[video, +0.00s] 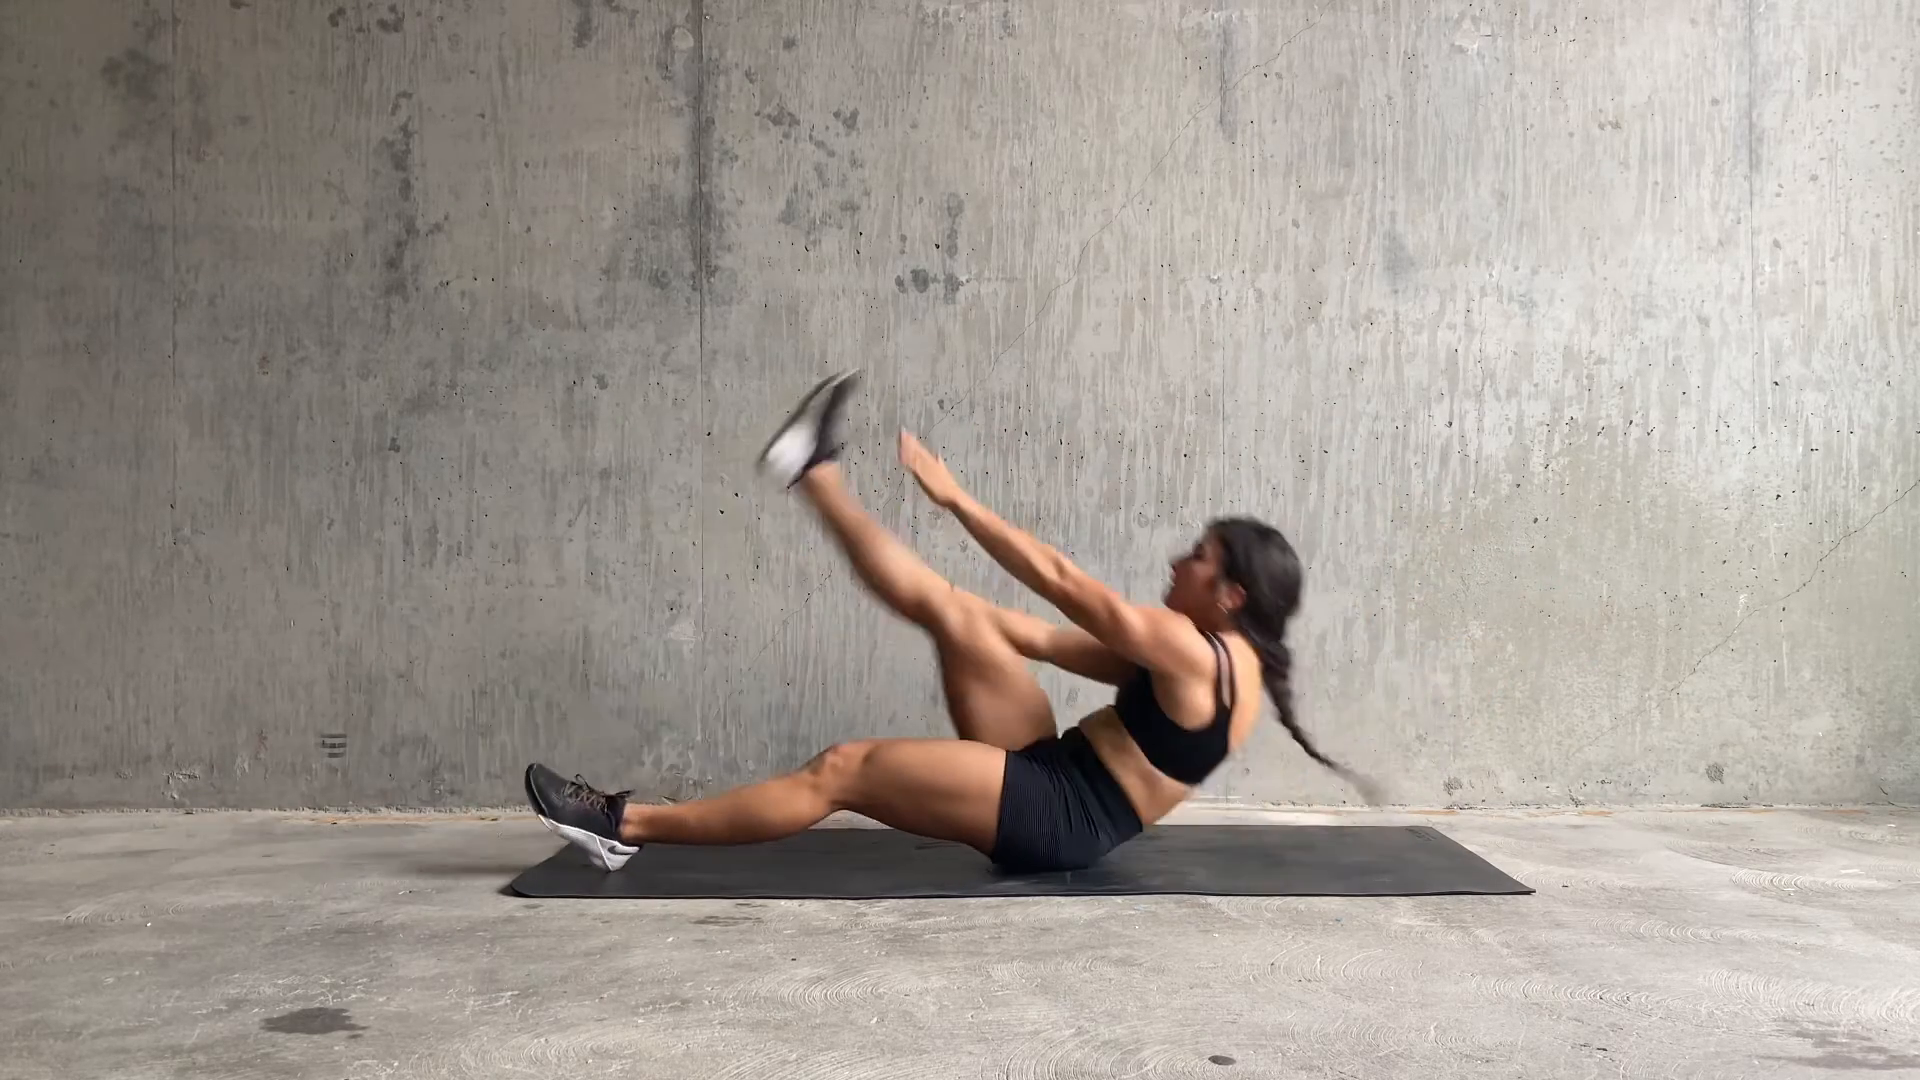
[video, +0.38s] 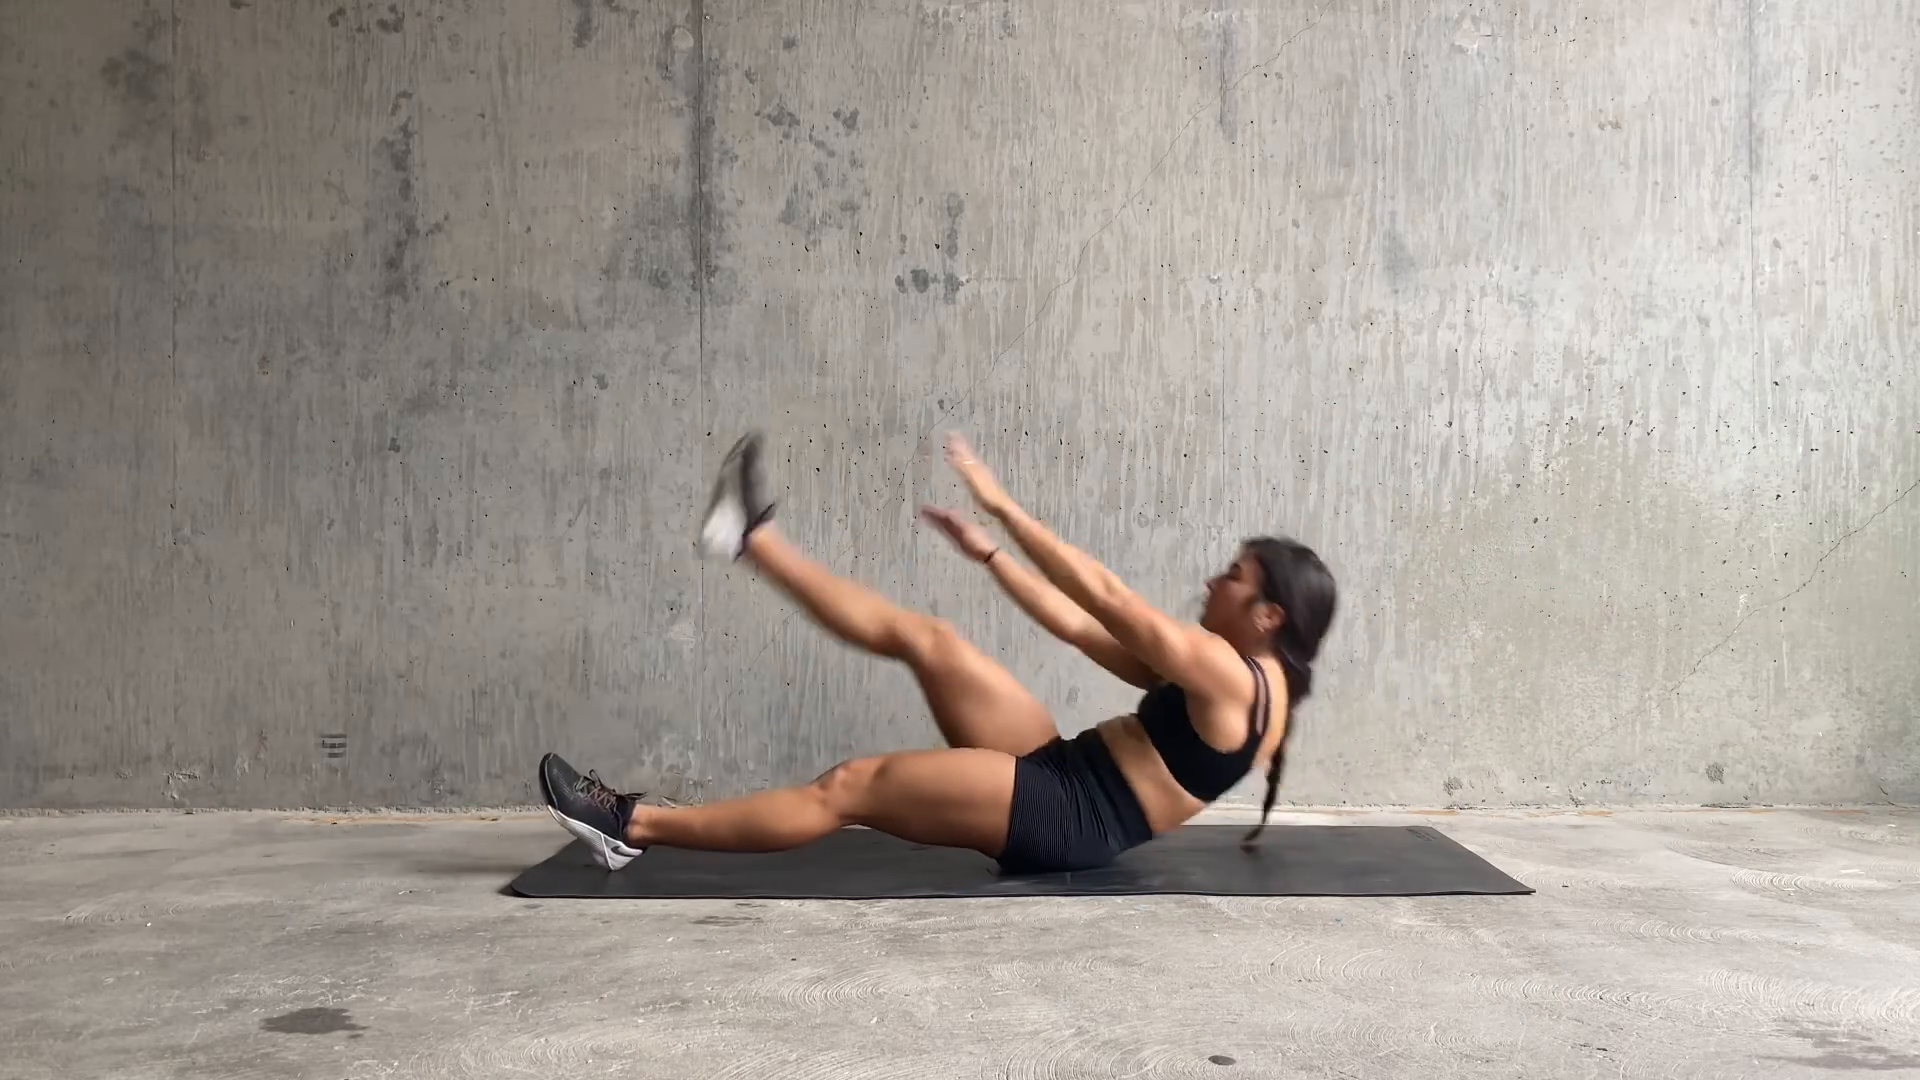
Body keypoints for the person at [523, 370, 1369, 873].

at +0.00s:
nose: (1175, 567)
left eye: (1193, 562)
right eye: (1190, 556)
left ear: (1229, 594)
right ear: (1237, 598)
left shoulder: (1189, 654)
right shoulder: (1226, 660)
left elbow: (1053, 581)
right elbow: (1073, 645)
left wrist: (956, 498)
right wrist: (995, 619)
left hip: (1059, 812)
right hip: (1058, 768)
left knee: (843, 772)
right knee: (952, 613)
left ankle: (627, 823)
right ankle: (814, 473)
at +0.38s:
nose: (1214, 582)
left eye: (1231, 577)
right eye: (1225, 569)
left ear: (1268, 613)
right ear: (1266, 614)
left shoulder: (1231, 676)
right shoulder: (1217, 667)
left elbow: (1109, 606)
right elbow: (1085, 629)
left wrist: (1006, 504)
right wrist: (986, 552)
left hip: (1067, 811)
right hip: (1063, 768)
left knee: (850, 789)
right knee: (919, 636)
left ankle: (634, 825)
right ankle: (755, 539)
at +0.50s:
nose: (1243, 620)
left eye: (1263, 619)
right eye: (1255, 610)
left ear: (1298, 654)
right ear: (1290, 647)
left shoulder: (1258, 706)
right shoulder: (1242, 697)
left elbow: (1151, 615)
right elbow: (1119, 627)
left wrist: (1067, 504)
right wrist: (1041, 529)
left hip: (1068, 812)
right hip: (1066, 773)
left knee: (852, 790)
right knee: (893, 674)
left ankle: (635, 827)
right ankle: (701, 610)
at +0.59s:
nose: (1267, 650)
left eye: (1288, 650)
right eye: (1279, 637)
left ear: (1320, 691)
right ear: (1310, 685)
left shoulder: (1282, 743)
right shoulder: (1263, 726)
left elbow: (1203, 624)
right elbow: (1179, 628)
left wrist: (1159, 505)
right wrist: (1146, 508)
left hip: (1073, 814)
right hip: (1066, 768)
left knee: (857, 791)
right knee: (876, 709)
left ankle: (635, 827)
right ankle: (679, 679)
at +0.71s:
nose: (1314, 683)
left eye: (1331, 686)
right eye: (1323, 682)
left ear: (1347, 731)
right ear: (1322, 715)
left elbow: (1315, 652)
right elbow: (1258, 634)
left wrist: (1332, 527)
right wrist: (1294, 525)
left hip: (1072, 812)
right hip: (1067, 774)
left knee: (862, 786)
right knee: (871, 737)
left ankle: (640, 824)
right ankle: (668, 750)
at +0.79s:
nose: (1326, 695)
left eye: (1349, 699)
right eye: (1334, 685)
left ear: (1367, 739)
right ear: (1334, 710)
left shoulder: (1319, 809)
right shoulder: (1293, 769)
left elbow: (1377, 680)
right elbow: (1322, 657)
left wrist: (1434, 567)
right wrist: (1389, 564)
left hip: (1082, 814)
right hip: (1072, 771)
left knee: (867, 787)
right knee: (868, 748)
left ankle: (650, 829)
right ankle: (669, 775)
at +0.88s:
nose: (1333, 702)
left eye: (1357, 701)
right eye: (1345, 685)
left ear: (1385, 743)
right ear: (1335, 702)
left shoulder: (1327, 812)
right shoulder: (1310, 780)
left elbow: (1419, 708)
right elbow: (1397, 686)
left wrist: (1503, 611)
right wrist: (1476, 605)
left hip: (1090, 811)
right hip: (1087, 778)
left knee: (870, 788)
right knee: (868, 764)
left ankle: (654, 836)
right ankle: (667, 803)